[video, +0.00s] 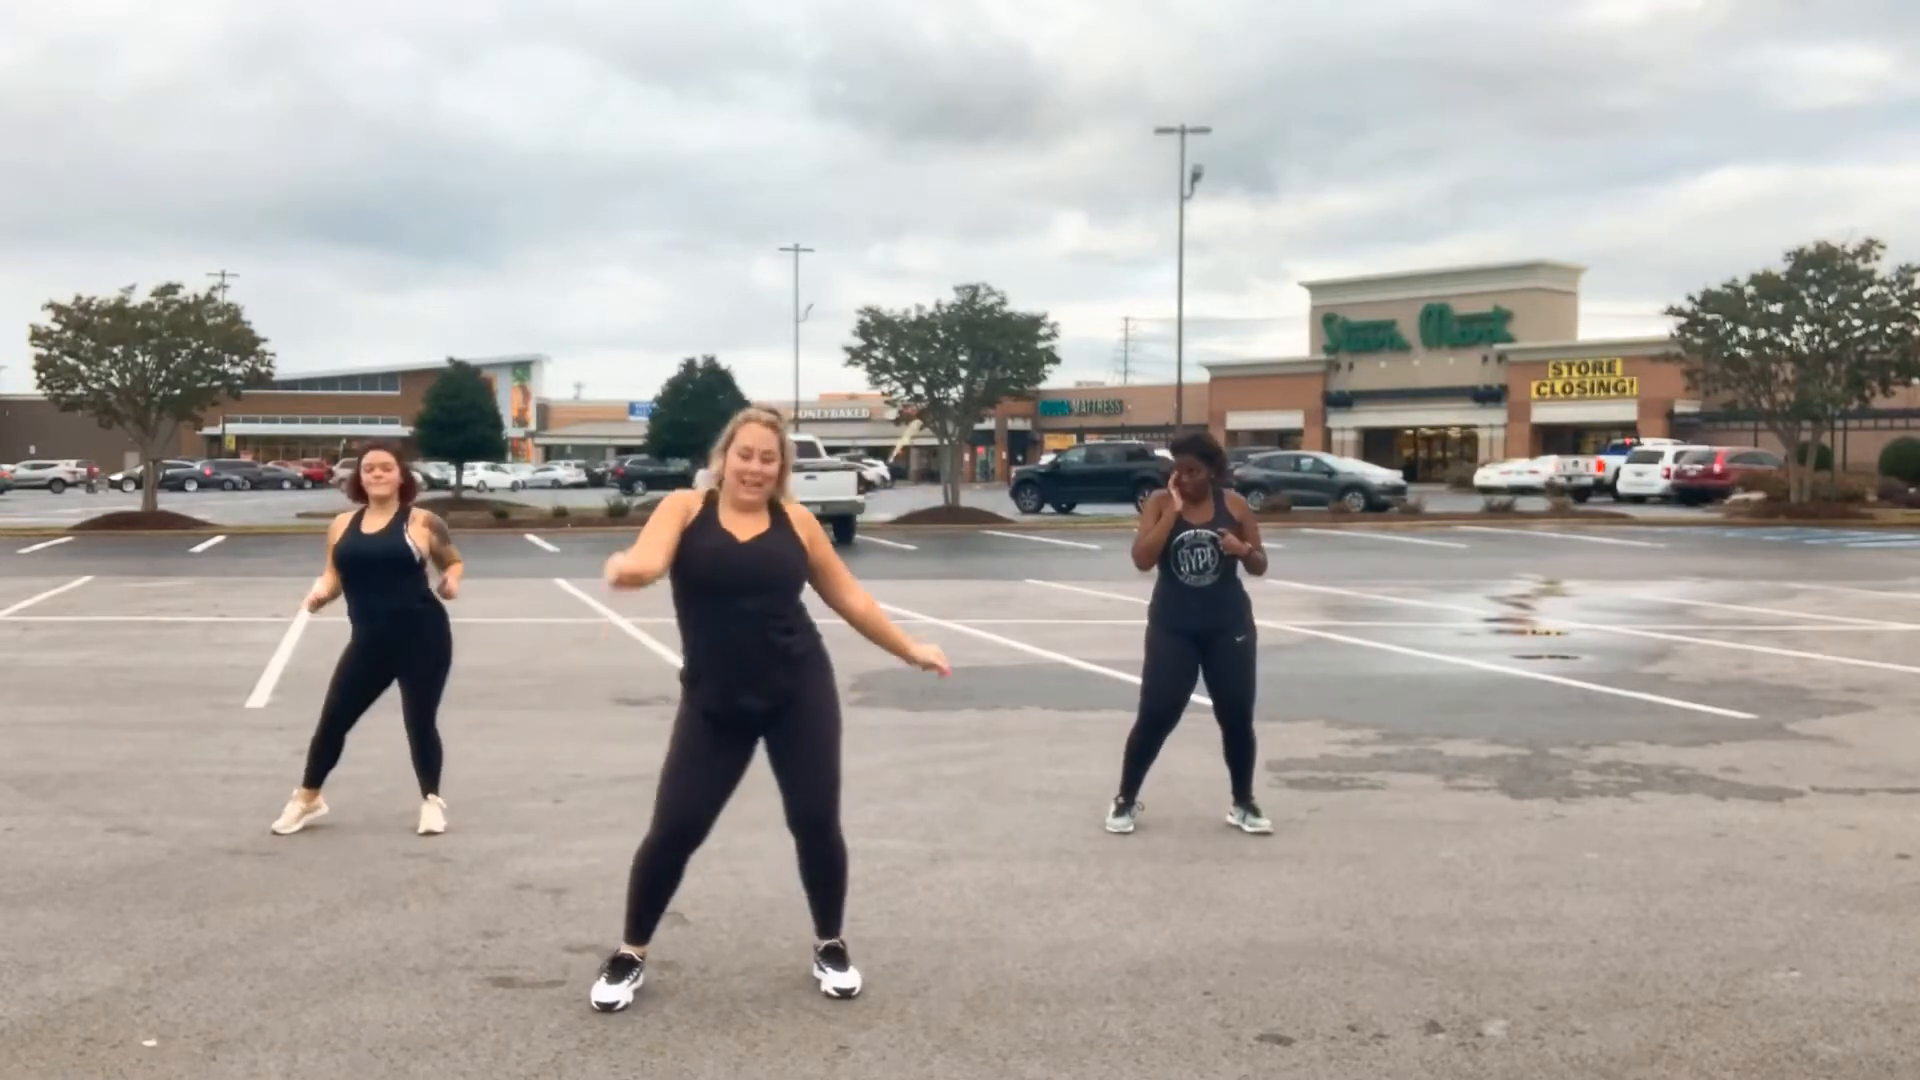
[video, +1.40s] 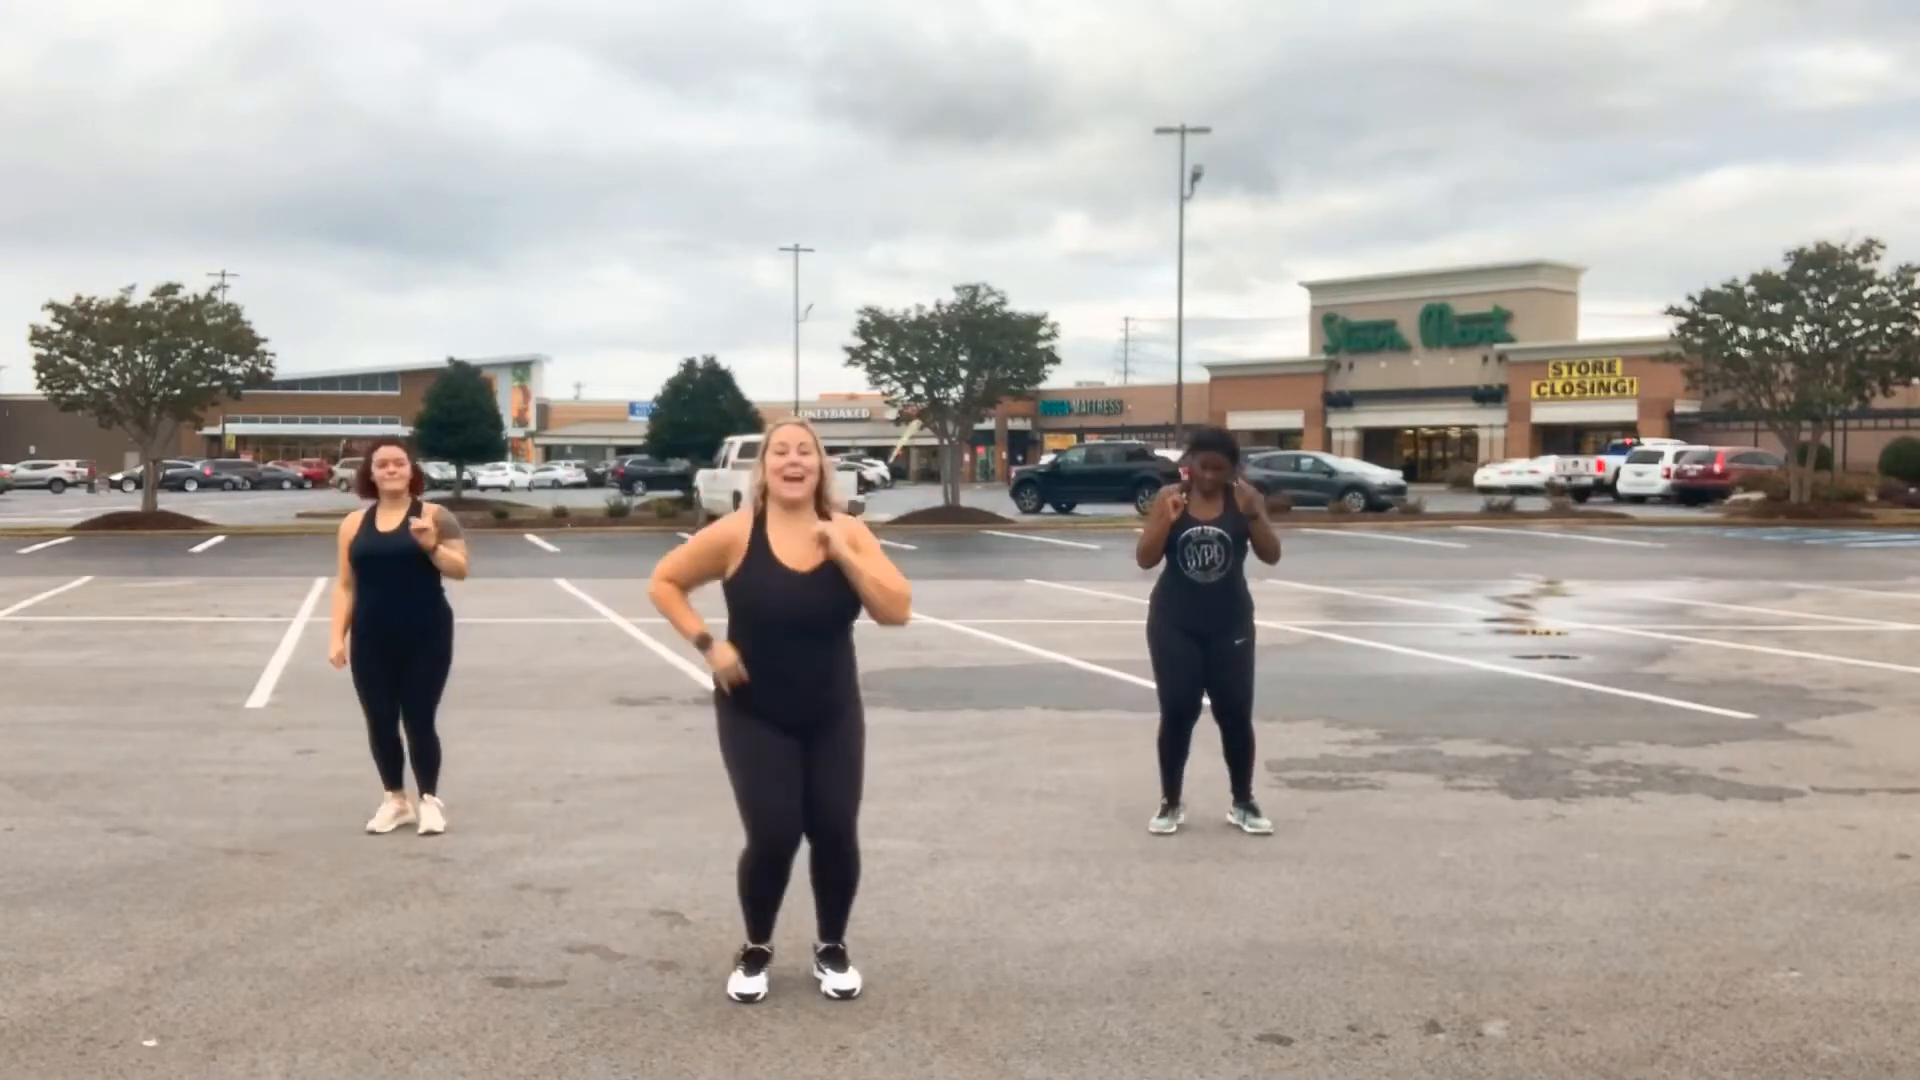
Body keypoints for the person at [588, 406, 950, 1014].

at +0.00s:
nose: (753, 466)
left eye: (766, 457)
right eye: (744, 453)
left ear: (782, 466)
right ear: (723, 457)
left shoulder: (796, 522)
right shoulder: (683, 508)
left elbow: (850, 597)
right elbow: (649, 559)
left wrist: (909, 648)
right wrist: (628, 570)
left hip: (799, 696)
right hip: (714, 701)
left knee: (817, 824)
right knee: (671, 835)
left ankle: (831, 947)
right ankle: (630, 953)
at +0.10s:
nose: (763, 487)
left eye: (776, 478)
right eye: (754, 475)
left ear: (790, 484)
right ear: (732, 474)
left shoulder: (810, 539)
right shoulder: (694, 527)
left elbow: (856, 620)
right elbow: (660, 584)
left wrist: (917, 683)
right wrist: (631, 633)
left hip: (815, 712)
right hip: (729, 716)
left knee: (826, 835)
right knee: (684, 840)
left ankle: (832, 950)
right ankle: (635, 952)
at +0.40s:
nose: (759, 470)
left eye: (771, 459)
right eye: (748, 458)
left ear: (789, 463)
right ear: (730, 463)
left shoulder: (818, 519)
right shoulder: (701, 526)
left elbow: (857, 597)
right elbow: (671, 615)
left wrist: (892, 628)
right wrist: (603, 668)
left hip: (790, 703)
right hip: (702, 699)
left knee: (807, 832)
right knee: (649, 821)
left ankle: (829, 951)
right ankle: (606, 942)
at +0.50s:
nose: (746, 458)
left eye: (757, 447)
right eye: (734, 447)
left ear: (776, 453)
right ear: (716, 454)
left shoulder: (806, 512)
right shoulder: (687, 517)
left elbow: (852, 583)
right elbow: (647, 597)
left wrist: (897, 580)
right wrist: (563, 612)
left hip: (769, 697)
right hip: (680, 694)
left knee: (793, 828)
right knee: (644, 823)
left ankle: (828, 948)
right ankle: (604, 948)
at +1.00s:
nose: (739, 463)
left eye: (751, 453)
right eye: (728, 452)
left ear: (768, 464)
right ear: (709, 464)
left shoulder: (797, 533)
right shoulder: (678, 528)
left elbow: (835, 621)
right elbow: (637, 623)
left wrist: (856, 585)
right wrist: (652, 595)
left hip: (780, 713)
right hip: (690, 711)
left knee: (808, 839)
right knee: (653, 835)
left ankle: (830, 952)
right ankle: (607, 955)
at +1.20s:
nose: (776, 438)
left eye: (788, 429)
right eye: (764, 429)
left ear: (805, 444)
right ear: (744, 444)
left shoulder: (832, 508)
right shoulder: (715, 507)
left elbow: (886, 584)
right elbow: (646, 558)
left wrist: (853, 527)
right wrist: (684, 616)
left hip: (814, 694)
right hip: (731, 691)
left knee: (820, 820)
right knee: (719, 819)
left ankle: (831, 947)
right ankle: (685, 938)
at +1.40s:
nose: (793, 460)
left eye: (804, 451)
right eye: (781, 451)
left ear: (822, 466)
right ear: (762, 468)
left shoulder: (850, 532)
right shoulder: (735, 533)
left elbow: (898, 611)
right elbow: (662, 582)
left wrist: (844, 553)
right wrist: (708, 644)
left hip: (834, 713)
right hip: (755, 712)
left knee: (836, 832)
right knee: (774, 834)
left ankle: (833, 949)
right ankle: (756, 951)